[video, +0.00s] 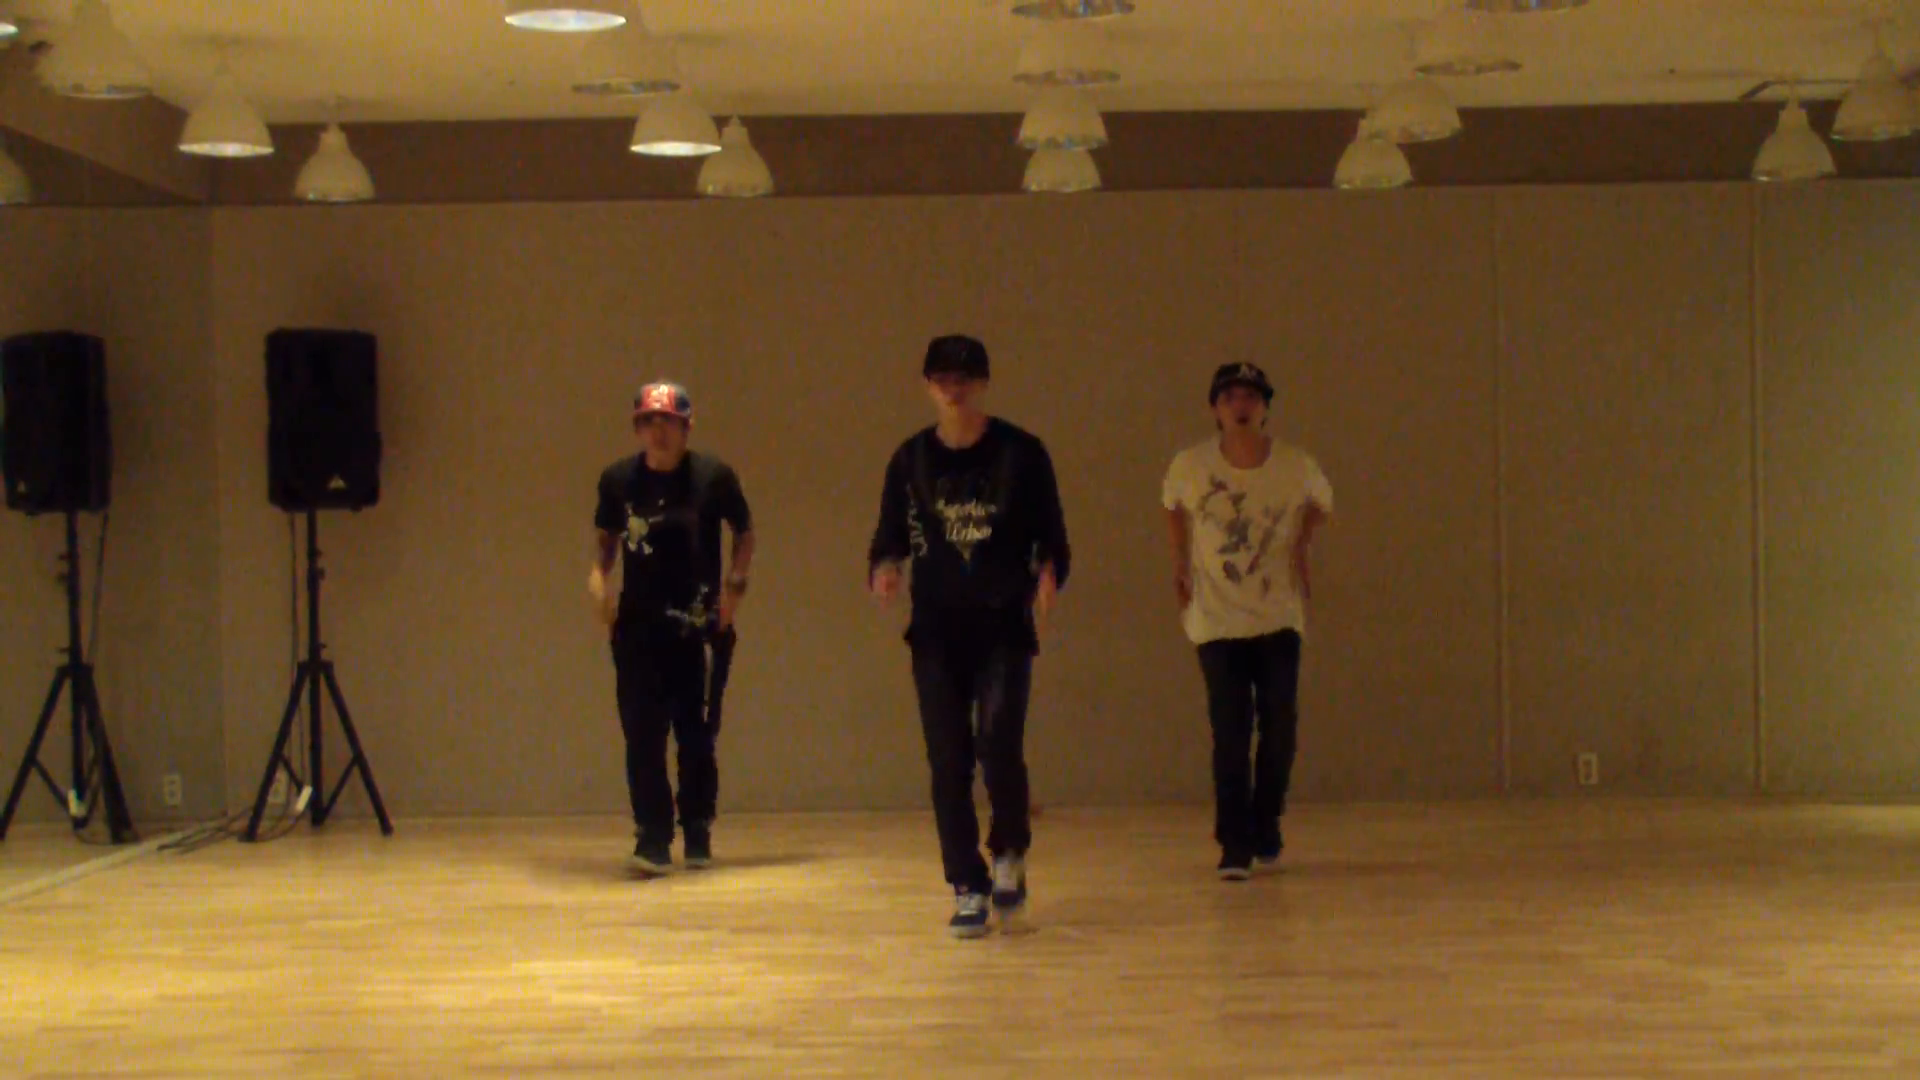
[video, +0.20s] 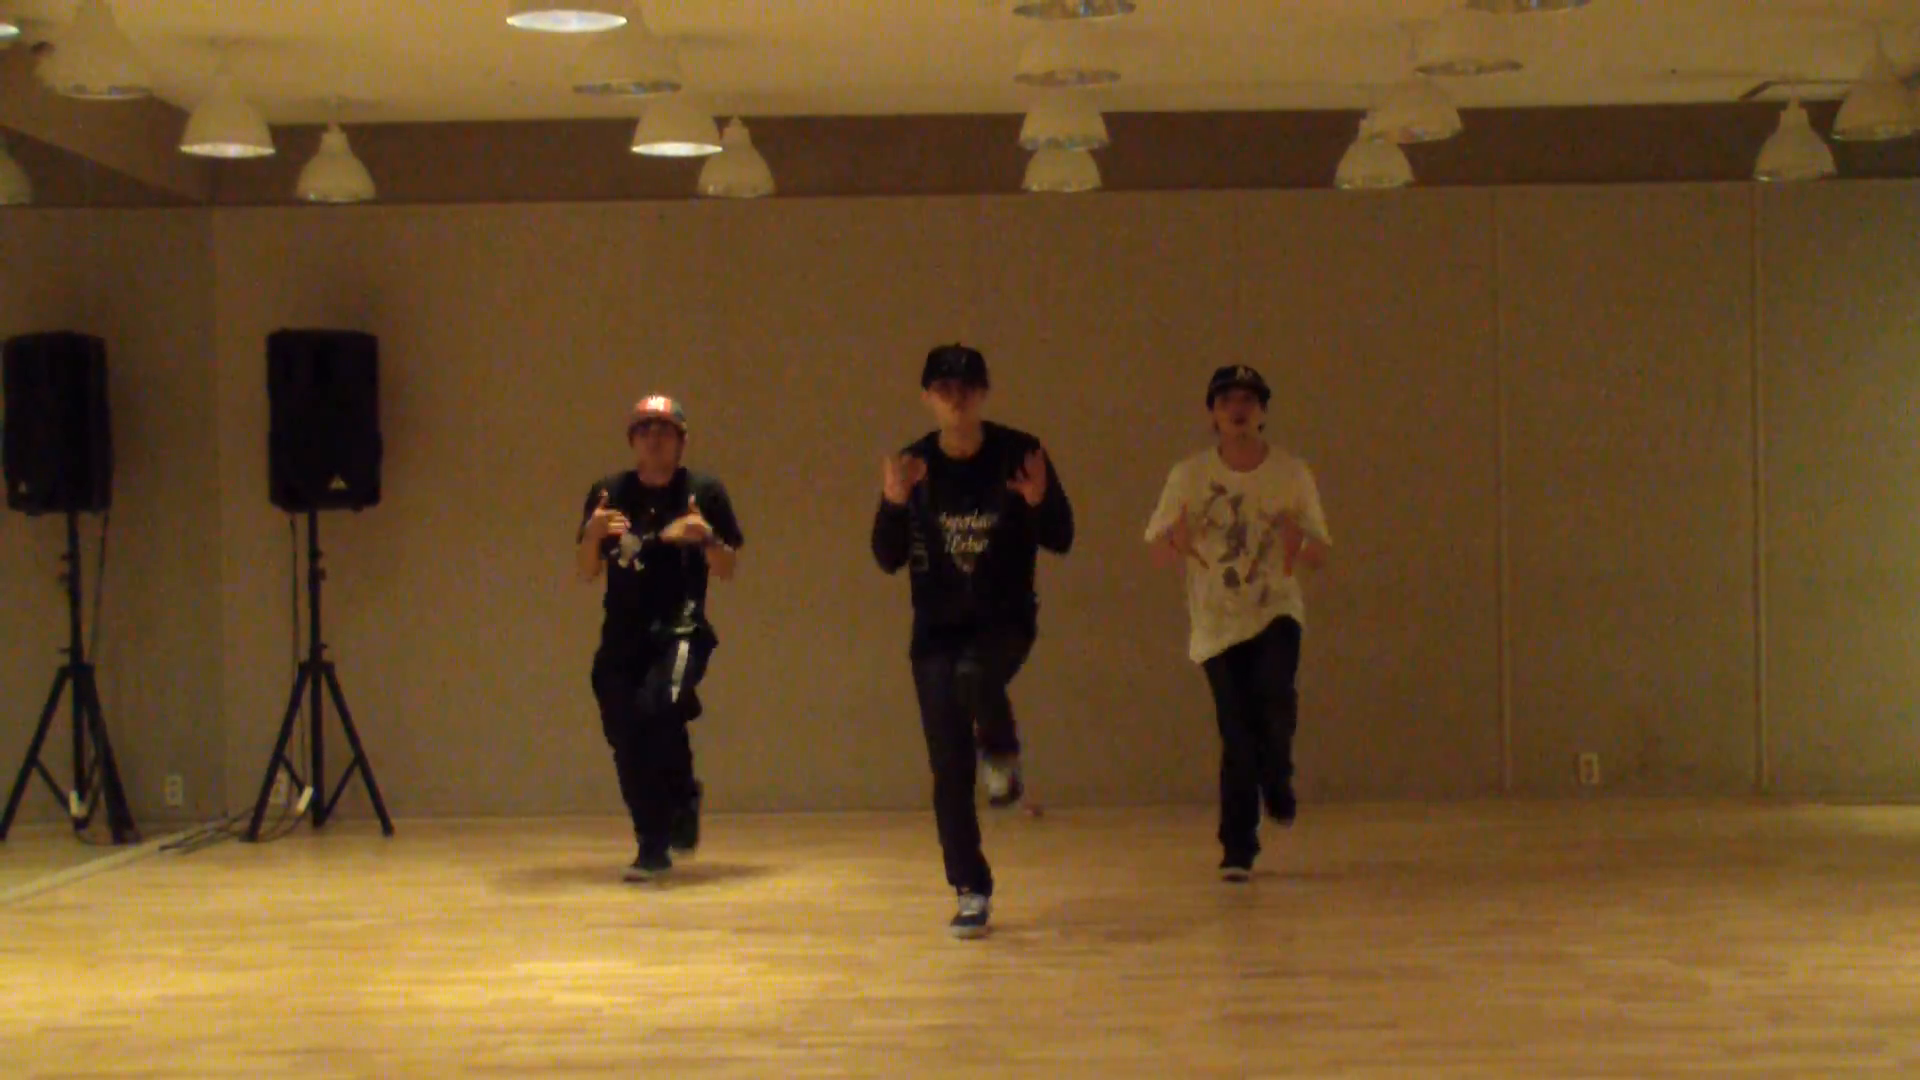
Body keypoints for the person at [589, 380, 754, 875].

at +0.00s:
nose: (658, 429)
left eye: (667, 420)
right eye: (650, 421)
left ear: (686, 425)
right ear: (637, 427)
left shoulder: (714, 478)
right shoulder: (619, 480)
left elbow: (744, 531)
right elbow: (606, 540)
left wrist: (733, 589)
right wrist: (601, 582)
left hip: (699, 631)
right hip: (638, 628)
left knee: (696, 737)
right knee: (643, 739)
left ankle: (698, 830)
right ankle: (652, 839)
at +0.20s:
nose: (654, 439)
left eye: (663, 431)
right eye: (644, 431)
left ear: (681, 440)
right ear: (632, 440)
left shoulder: (704, 493)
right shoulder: (610, 494)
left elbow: (726, 568)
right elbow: (588, 572)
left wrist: (705, 537)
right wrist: (594, 537)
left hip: (680, 629)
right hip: (624, 630)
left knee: (659, 709)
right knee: (625, 736)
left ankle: (682, 802)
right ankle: (651, 841)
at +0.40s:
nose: (650, 462)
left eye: (661, 453)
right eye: (642, 453)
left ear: (677, 464)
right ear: (629, 462)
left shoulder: (693, 511)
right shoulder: (608, 506)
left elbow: (692, 530)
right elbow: (589, 514)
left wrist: (665, 519)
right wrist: (592, 524)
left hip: (667, 643)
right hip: (611, 645)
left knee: (648, 727)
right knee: (614, 744)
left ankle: (629, 820)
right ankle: (657, 834)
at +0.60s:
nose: (640, 465)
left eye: (650, 456)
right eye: (631, 456)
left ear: (667, 465)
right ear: (617, 466)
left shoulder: (679, 519)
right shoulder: (600, 514)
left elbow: (695, 505)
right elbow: (579, 505)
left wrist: (711, 481)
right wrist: (562, 489)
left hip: (662, 637)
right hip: (604, 642)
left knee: (643, 700)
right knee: (603, 751)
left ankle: (617, 783)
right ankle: (652, 832)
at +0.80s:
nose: (620, 452)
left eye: (630, 443)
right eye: (610, 444)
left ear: (648, 453)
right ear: (598, 455)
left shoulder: (681, 508)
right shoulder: (578, 513)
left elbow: (746, 553)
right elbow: (523, 562)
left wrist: (807, 595)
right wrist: (488, 582)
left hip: (661, 647)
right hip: (601, 645)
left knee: (637, 745)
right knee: (583, 745)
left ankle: (649, 868)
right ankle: (595, 867)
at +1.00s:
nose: (624, 458)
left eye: (635, 448)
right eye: (614, 448)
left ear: (652, 460)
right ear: (599, 457)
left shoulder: (674, 530)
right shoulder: (571, 512)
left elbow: (697, 617)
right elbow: (563, 580)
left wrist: (712, 695)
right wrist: (605, 582)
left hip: (649, 663)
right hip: (593, 657)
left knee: (617, 769)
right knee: (562, 757)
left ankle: (645, 871)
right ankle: (673, 760)